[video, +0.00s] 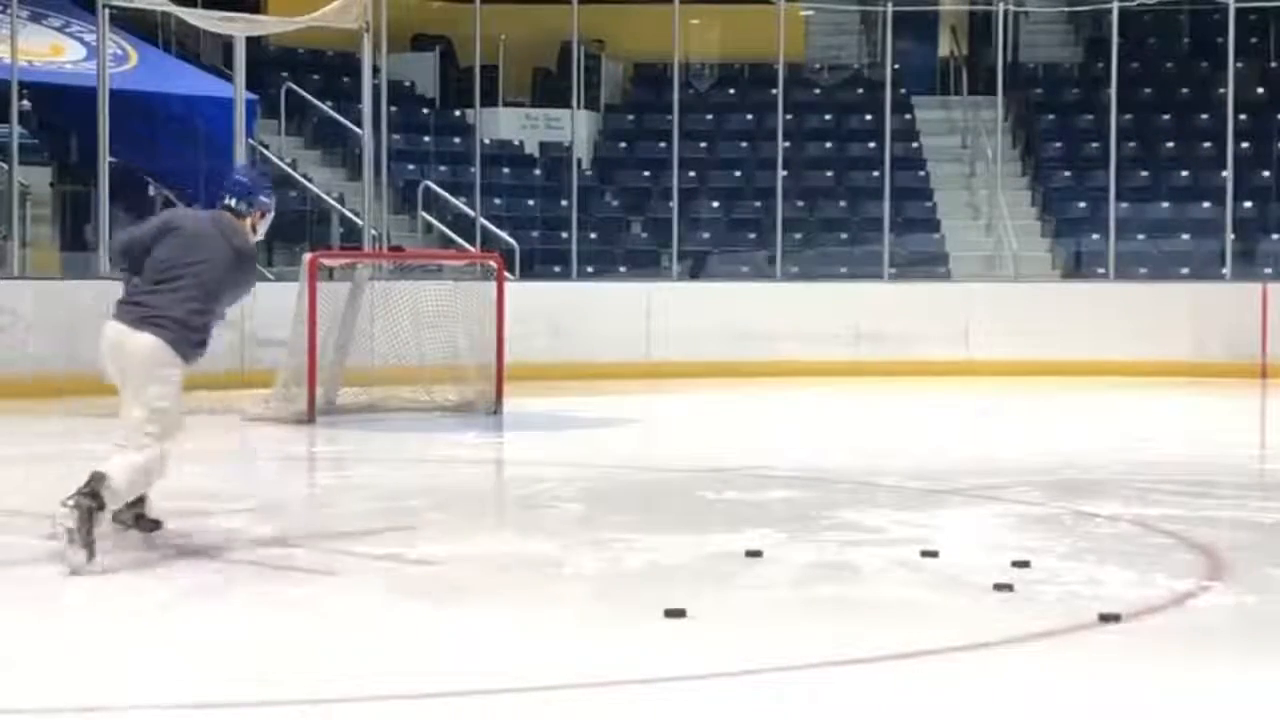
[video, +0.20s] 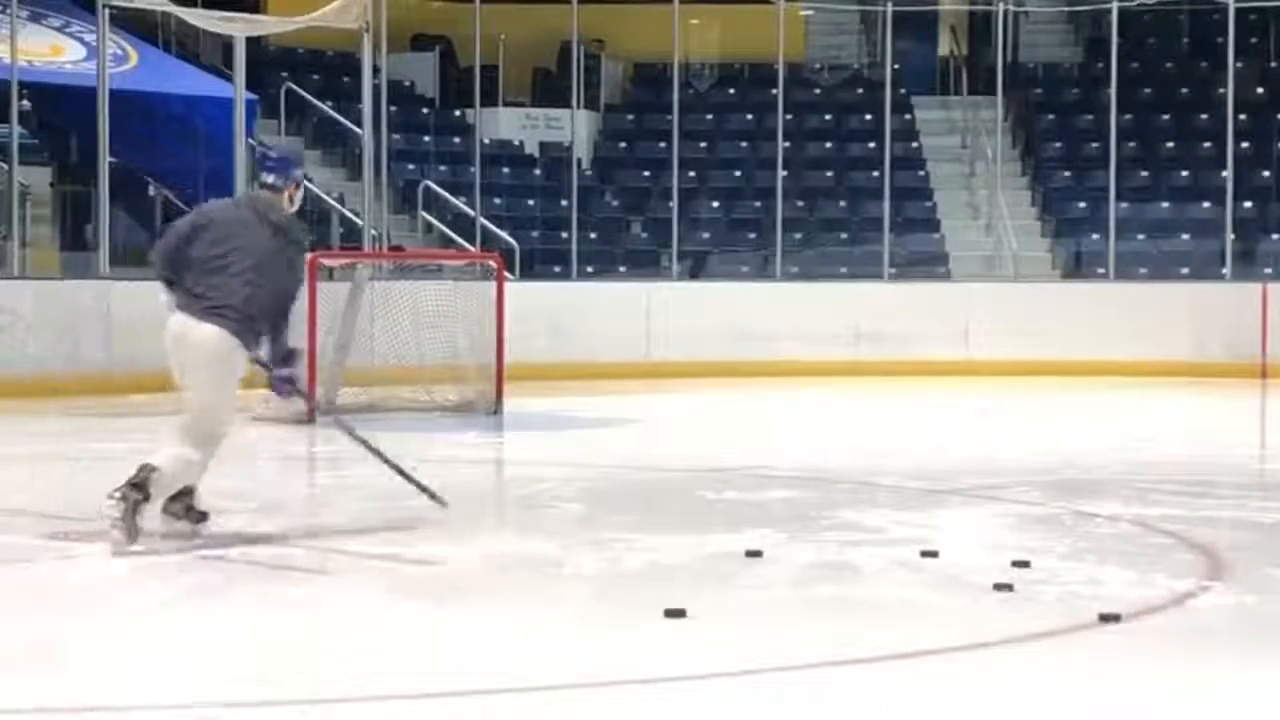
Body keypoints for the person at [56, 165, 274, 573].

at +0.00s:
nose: (263, 228)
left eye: (265, 218)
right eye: (263, 218)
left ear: (225, 201)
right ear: (253, 214)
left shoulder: (181, 218)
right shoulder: (246, 261)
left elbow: (123, 246)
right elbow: (216, 301)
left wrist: (145, 283)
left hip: (118, 332)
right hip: (158, 348)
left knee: (138, 425)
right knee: (156, 439)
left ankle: (129, 505)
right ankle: (94, 498)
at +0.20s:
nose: (299, 199)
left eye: (300, 190)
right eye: (299, 191)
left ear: (259, 183)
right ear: (290, 191)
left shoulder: (216, 210)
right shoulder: (287, 239)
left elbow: (165, 252)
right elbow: (278, 306)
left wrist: (183, 291)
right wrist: (281, 362)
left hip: (180, 323)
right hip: (222, 338)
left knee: (205, 419)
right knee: (206, 428)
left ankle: (180, 496)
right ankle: (141, 488)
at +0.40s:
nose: (357, 179)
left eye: (356, 172)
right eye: (357, 172)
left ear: (319, 166)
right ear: (352, 174)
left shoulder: (279, 204)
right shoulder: (349, 222)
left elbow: (268, 262)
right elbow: (356, 291)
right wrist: (372, 339)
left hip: (256, 316)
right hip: (301, 331)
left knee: (266, 412)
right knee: (313, 419)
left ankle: (246, 489)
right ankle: (242, 475)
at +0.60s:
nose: (435, 180)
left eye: (436, 172)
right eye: (433, 172)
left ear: (398, 165)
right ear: (423, 171)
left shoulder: (376, 204)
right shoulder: (407, 210)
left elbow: (370, 263)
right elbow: (408, 269)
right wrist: (447, 287)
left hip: (351, 315)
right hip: (381, 322)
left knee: (366, 403)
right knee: (413, 407)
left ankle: (344, 475)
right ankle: (369, 477)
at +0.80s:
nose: (536, 182)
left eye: (537, 173)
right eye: (532, 173)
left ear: (501, 172)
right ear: (512, 175)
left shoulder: (501, 217)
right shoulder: (484, 222)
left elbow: (516, 259)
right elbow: (466, 289)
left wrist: (534, 279)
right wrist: (504, 294)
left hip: (466, 327)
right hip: (464, 330)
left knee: (466, 406)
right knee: (520, 397)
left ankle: (434, 477)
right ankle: (495, 481)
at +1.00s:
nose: (639, 183)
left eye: (639, 174)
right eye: (632, 174)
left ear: (616, 177)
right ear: (606, 175)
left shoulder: (611, 217)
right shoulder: (576, 221)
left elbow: (610, 273)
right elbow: (557, 287)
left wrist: (619, 301)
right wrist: (560, 331)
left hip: (588, 324)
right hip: (568, 326)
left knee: (577, 402)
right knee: (620, 399)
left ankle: (550, 472)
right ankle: (580, 479)